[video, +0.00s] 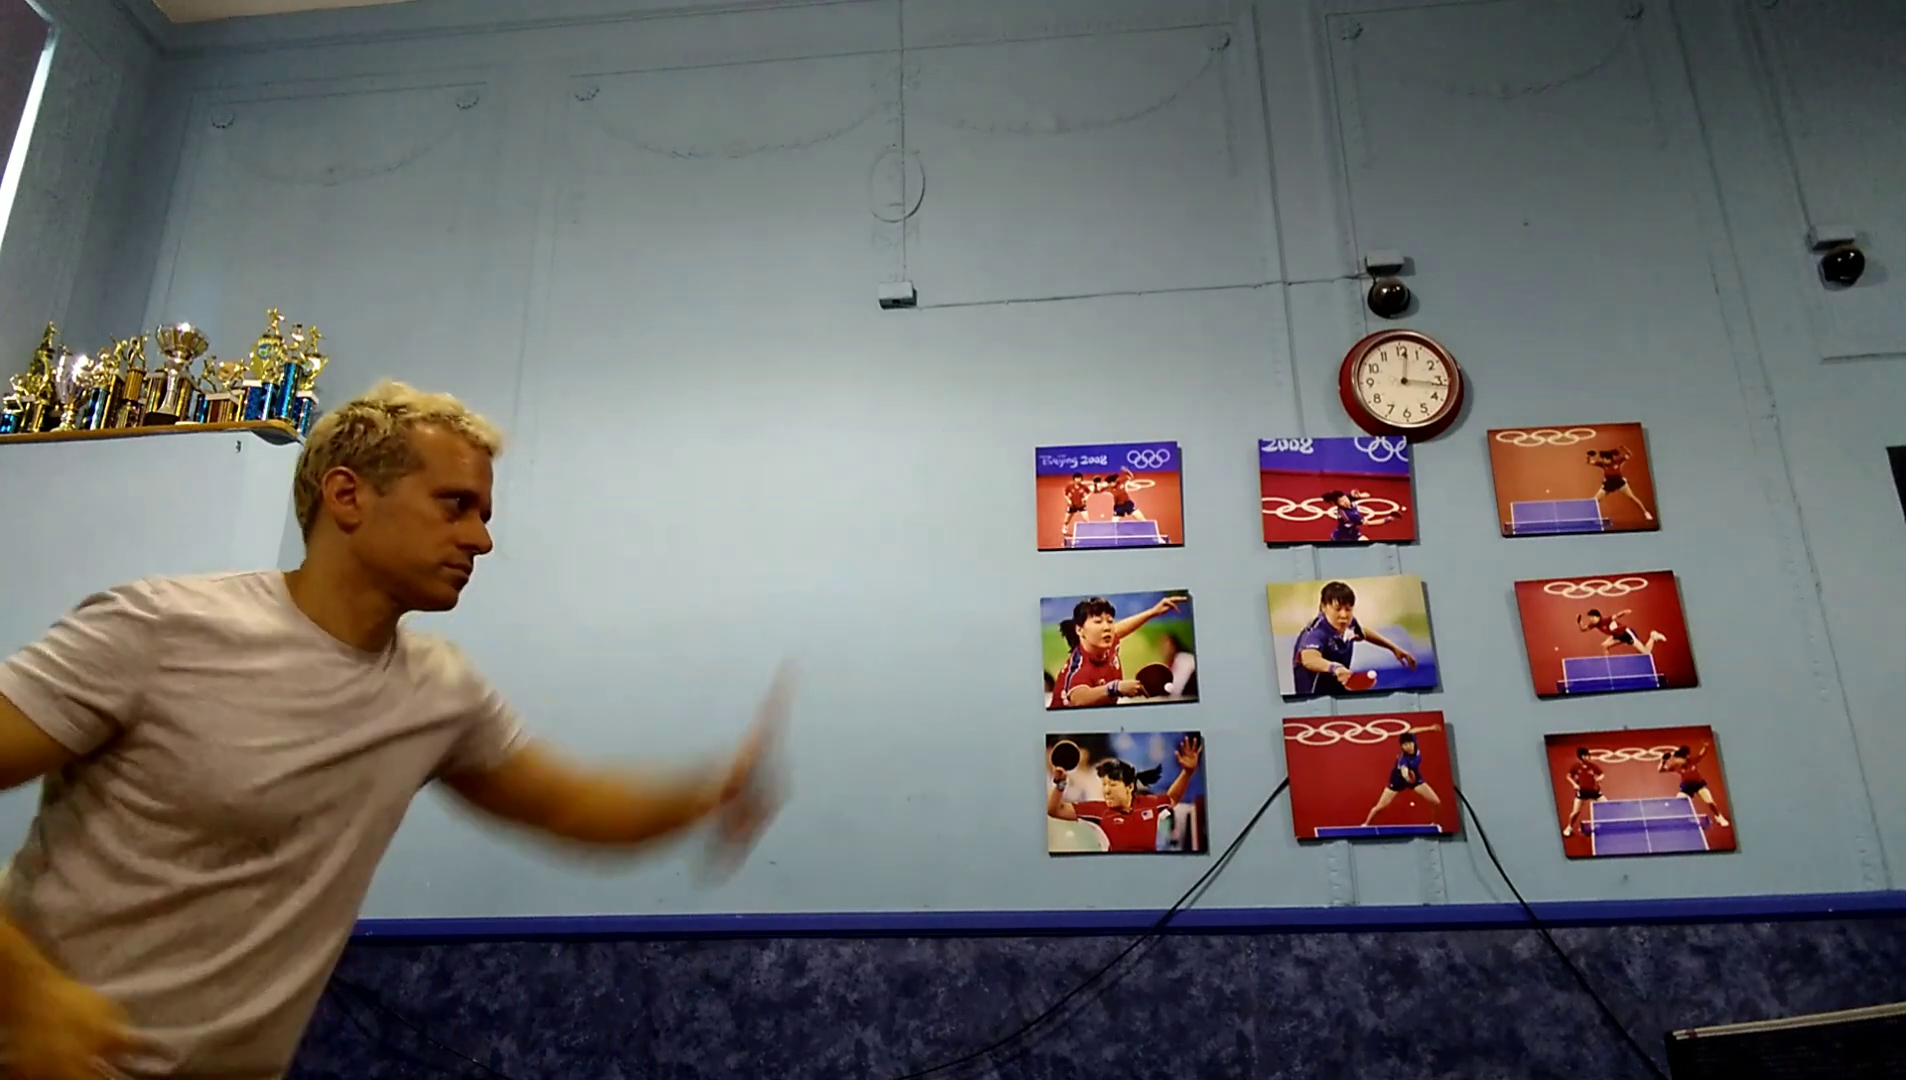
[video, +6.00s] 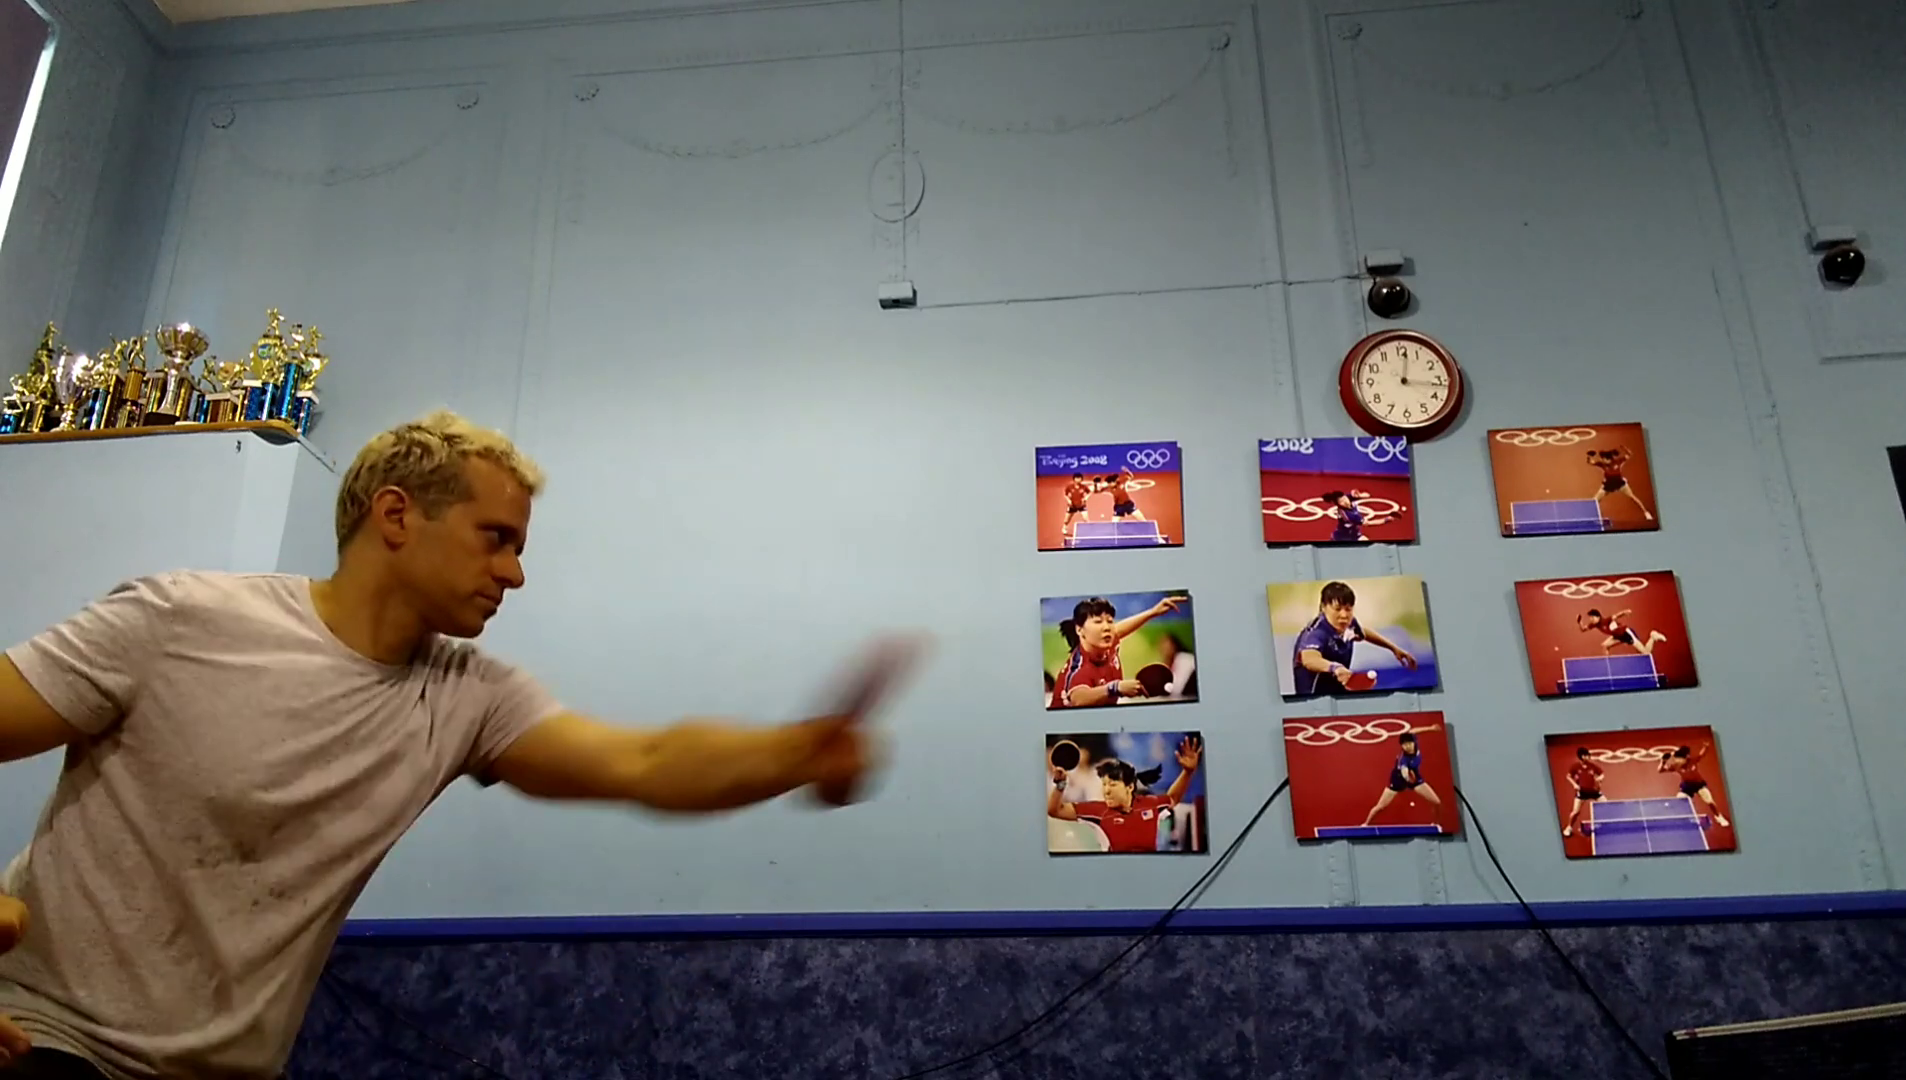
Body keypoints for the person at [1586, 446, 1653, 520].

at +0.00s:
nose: (1605, 461)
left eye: (1606, 460)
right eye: (1603, 460)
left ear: (1610, 459)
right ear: (1603, 459)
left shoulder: (1618, 462)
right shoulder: (1602, 464)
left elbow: (1629, 456)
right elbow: (1590, 463)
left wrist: (1624, 448)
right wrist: (1589, 457)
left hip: (1620, 482)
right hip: (1608, 483)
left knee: (1631, 497)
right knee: (1595, 499)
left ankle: (1645, 512)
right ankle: (1592, 518)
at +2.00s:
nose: (1605, 461)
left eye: (1606, 460)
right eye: (1604, 460)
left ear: (1610, 459)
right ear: (1603, 459)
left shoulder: (1617, 462)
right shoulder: (1602, 464)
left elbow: (1629, 456)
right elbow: (1590, 463)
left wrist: (1624, 449)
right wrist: (1589, 457)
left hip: (1620, 482)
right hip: (1608, 483)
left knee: (1632, 497)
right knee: (1595, 499)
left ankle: (1645, 512)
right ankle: (1592, 519)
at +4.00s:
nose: (1605, 461)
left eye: (1606, 460)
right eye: (1603, 460)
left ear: (1610, 459)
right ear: (1603, 459)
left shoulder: (1617, 461)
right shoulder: (1602, 464)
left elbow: (1628, 457)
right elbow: (1590, 463)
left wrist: (1624, 449)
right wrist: (1590, 457)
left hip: (1620, 482)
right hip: (1608, 482)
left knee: (1632, 497)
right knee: (1596, 499)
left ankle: (1645, 512)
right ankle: (1593, 519)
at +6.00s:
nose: (1604, 461)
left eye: (1606, 460)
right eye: (1603, 460)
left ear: (1610, 458)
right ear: (1603, 459)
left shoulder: (1618, 462)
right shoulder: (1602, 464)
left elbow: (1629, 456)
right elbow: (1590, 463)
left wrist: (1624, 448)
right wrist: (1589, 457)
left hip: (1620, 482)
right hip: (1608, 483)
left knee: (1632, 497)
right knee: (1595, 499)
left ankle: (1645, 512)